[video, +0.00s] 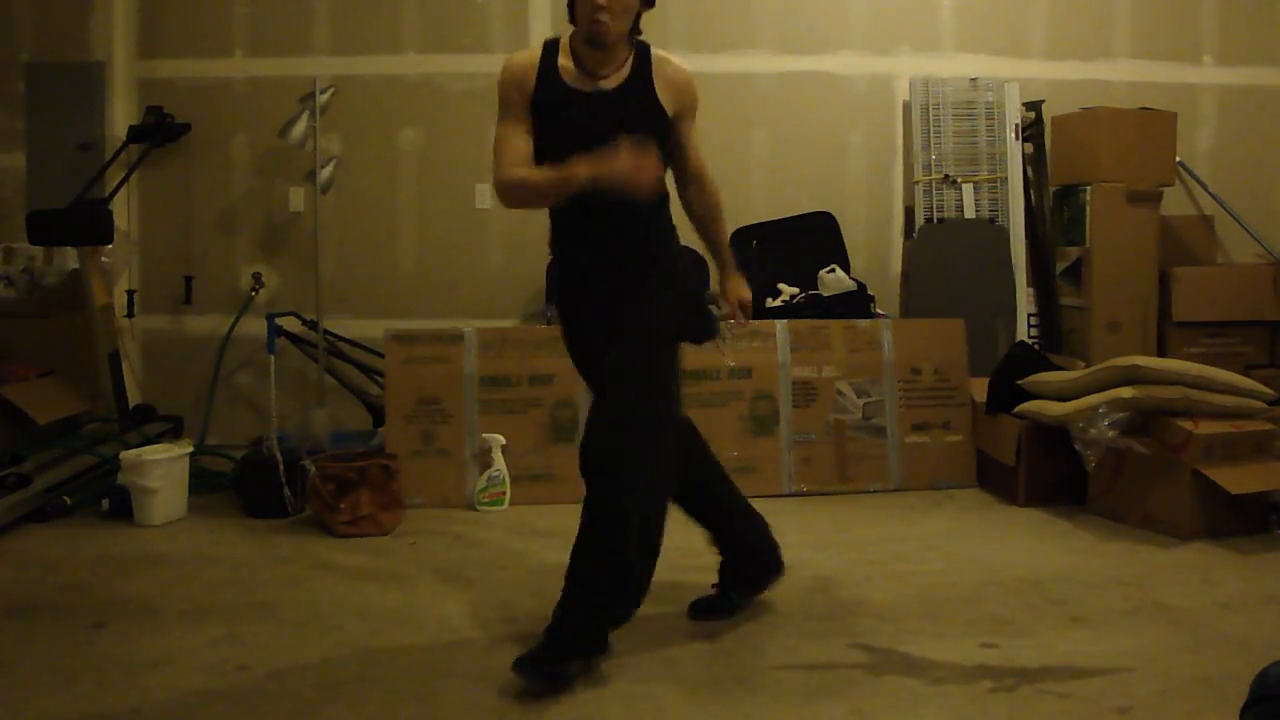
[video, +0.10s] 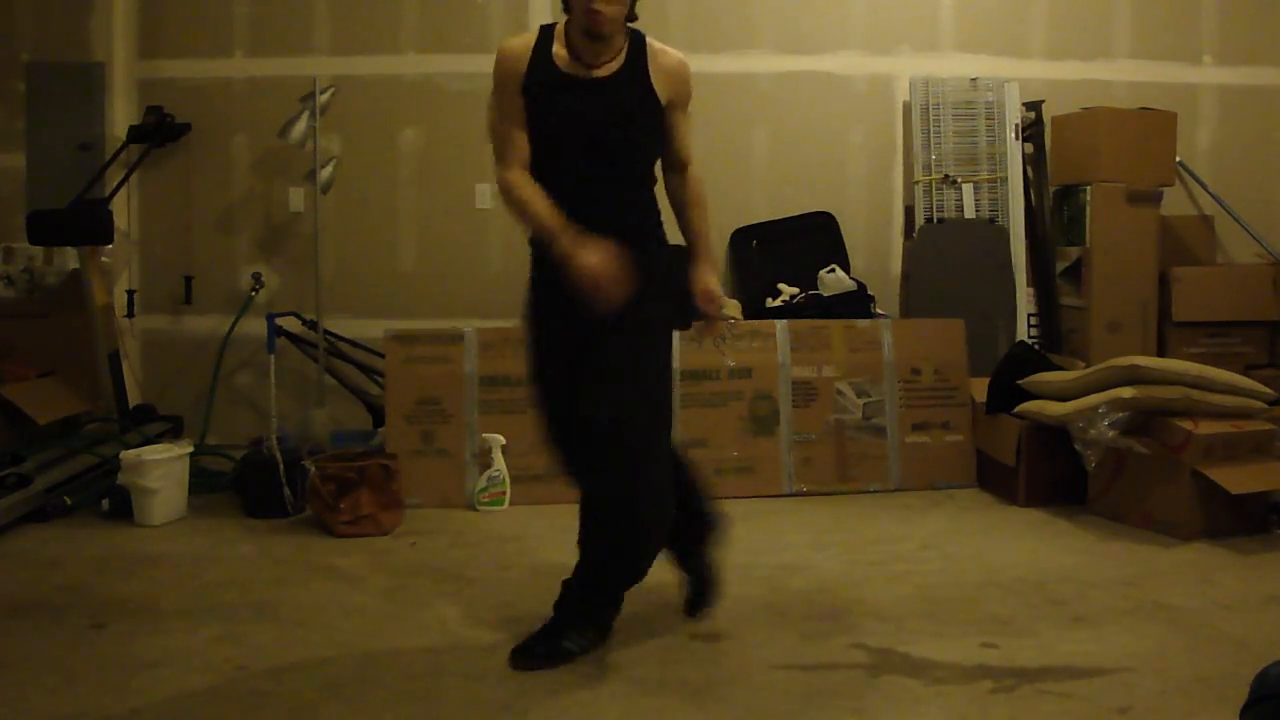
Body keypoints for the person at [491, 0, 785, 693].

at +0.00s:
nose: (598, 8)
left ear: (641, 9)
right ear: (570, 4)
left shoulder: (667, 82)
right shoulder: (527, 73)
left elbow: (694, 178)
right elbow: (510, 185)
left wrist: (727, 265)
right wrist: (596, 170)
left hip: (652, 280)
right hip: (578, 285)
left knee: (618, 453)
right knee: (654, 430)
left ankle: (577, 635)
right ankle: (752, 553)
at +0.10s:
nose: (601, 10)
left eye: (614, 1)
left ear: (631, 5)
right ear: (566, 2)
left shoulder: (665, 71)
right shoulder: (521, 62)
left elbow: (681, 171)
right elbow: (512, 172)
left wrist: (703, 261)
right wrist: (572, 244)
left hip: (640, 265)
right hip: (558, 266)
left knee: (625, 430)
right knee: (573, 423)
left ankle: (586, 613)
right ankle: (688, 526)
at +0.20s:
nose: (586, 4)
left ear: (622, 2)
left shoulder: (659, 68)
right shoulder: (513, 62)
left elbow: (681, 167)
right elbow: (488, 172)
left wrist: (667, 203)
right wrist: (493, 280)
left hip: (626, 278)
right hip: (541, 276)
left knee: (602, 453)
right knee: (528, 442)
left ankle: (579, 618)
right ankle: (593, 526)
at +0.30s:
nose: (580, 1)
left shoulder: (652, 41)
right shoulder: (505, 44)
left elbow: (685, 156)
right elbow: (460, 150)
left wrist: (633, 102)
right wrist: (422, 262)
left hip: (615, 266)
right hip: (528, 263)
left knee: (596, 444)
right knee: (528, 417)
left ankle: (566, 612)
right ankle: (487, 554)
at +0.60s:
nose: (544, 3)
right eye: (535, 1)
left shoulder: (637, 43)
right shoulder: (488, 54)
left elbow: (649, 143)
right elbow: (443, 149)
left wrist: (576, 131)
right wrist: (397, 223)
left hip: (597, 285)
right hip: (510, 283)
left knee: (592, 469)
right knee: (503, 465)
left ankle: (517, 602)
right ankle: (496, 662)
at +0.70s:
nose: (541, 2)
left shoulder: (632, 39)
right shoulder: (484, 56)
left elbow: (644, 149)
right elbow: (467, 155)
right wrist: (460, 190)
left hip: (601, 266)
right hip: (516, 265)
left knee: (596, 445)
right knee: (495, 450)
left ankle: (524, 596)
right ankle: (475, 637)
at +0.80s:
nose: (531, 13)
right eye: (519, 4)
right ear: (507, 7)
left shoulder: (636, 59)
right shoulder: (488, 72)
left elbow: (662, 181)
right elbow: (472, 196)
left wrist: (684, 290)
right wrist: (543, 128)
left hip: (609, 294)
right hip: (517, 299)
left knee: (632, 440)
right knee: (502, 482)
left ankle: (595, 541)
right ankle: (468, 640)